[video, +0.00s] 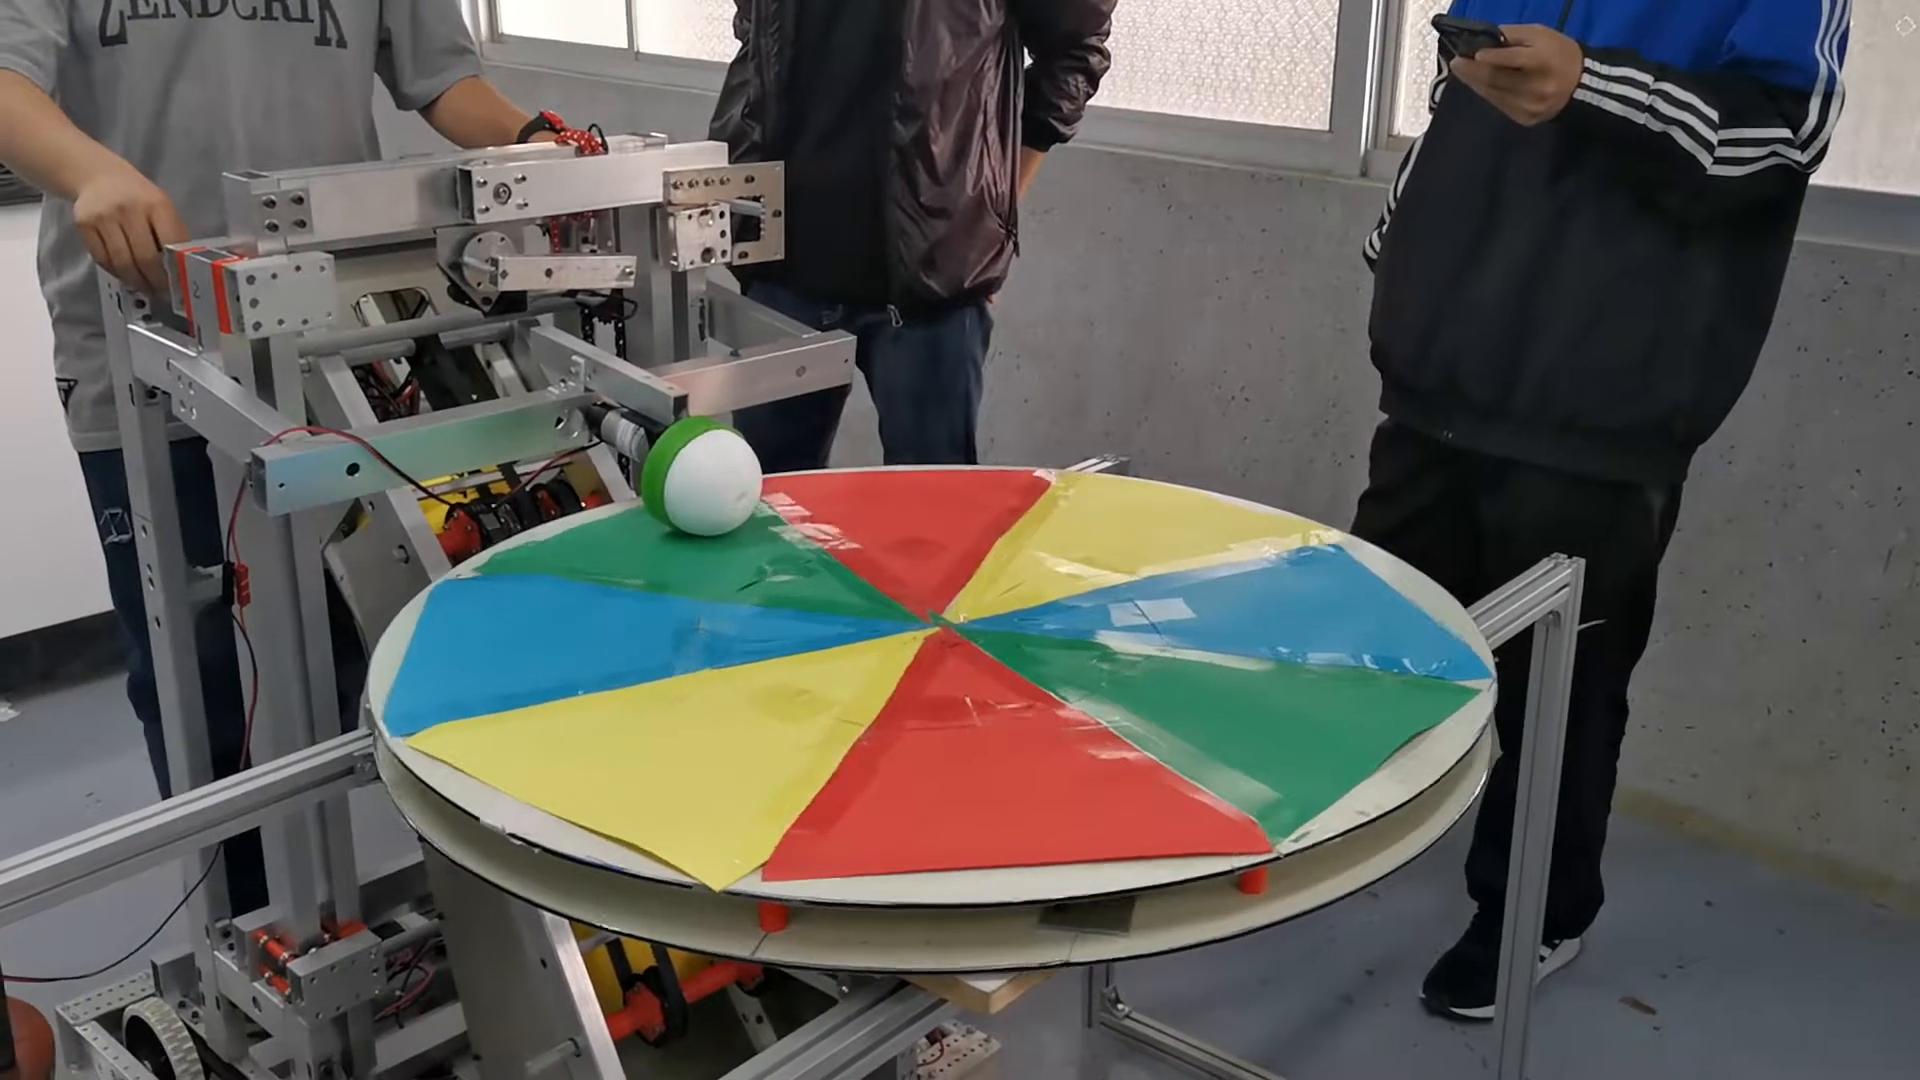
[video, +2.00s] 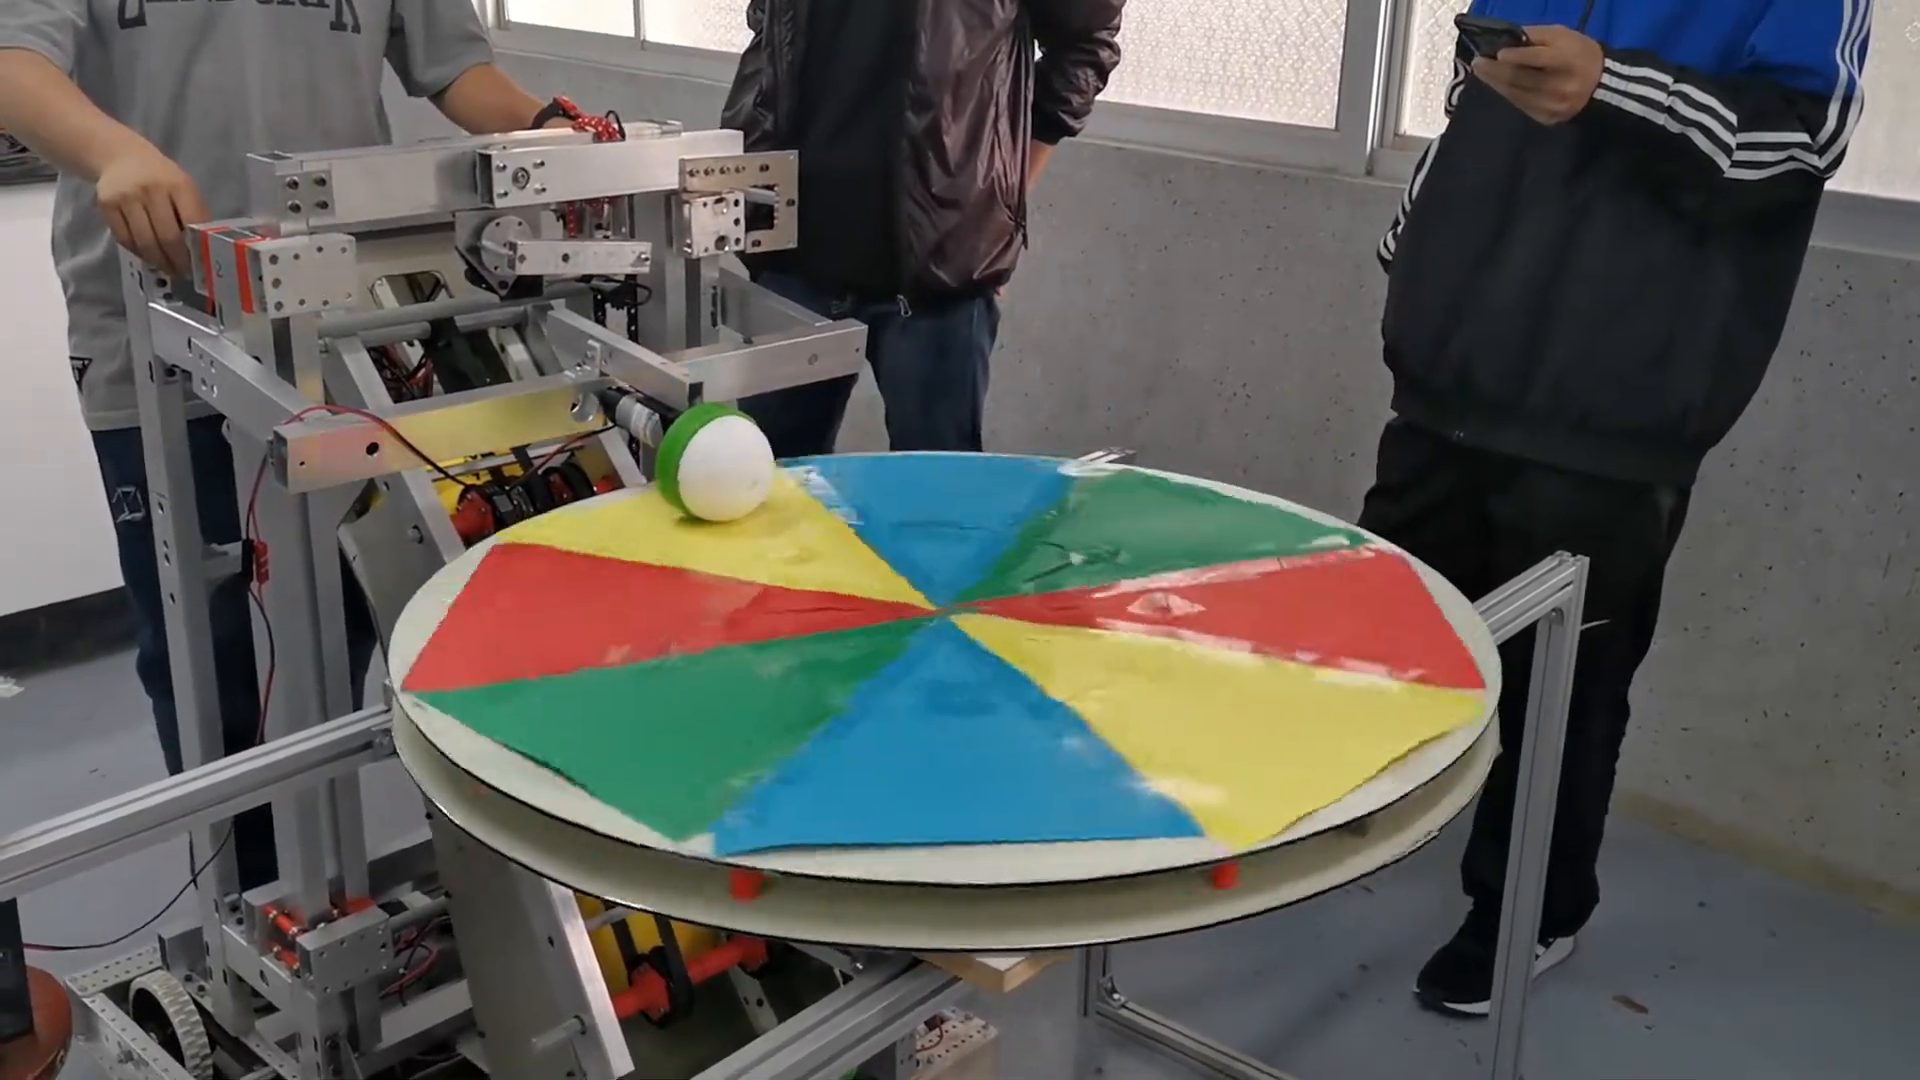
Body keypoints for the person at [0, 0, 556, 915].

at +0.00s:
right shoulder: (56, 6)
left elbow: (441, 73)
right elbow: (6, 82)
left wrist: (535, 140)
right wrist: (91, 169)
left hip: (327, 349)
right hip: (137, 357)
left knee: (337, 637)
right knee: (187, 669)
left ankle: (331, 893)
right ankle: (239, 920)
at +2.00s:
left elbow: (446, 56)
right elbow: (17, 57)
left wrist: (546, 128)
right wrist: (112, 148)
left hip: (341, 334)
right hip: (157, 340)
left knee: (347, 618)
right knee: (201, 646)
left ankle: (337, 867)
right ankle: (247, 895)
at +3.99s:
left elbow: (457, 47)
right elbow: (22, 37)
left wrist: (562, 120)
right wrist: (123, 133)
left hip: (349, 315)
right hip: (164, 321)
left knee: (350, 607)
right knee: (208, 637)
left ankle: (335, 854)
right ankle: (256, 885)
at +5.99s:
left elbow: (459, 48)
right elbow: (21, 44)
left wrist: (549, 105)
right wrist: (122, 135)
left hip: (349, 322)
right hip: (164, 330)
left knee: (354, 608)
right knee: (216, 641)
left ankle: (346, 857)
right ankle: (266, 885)